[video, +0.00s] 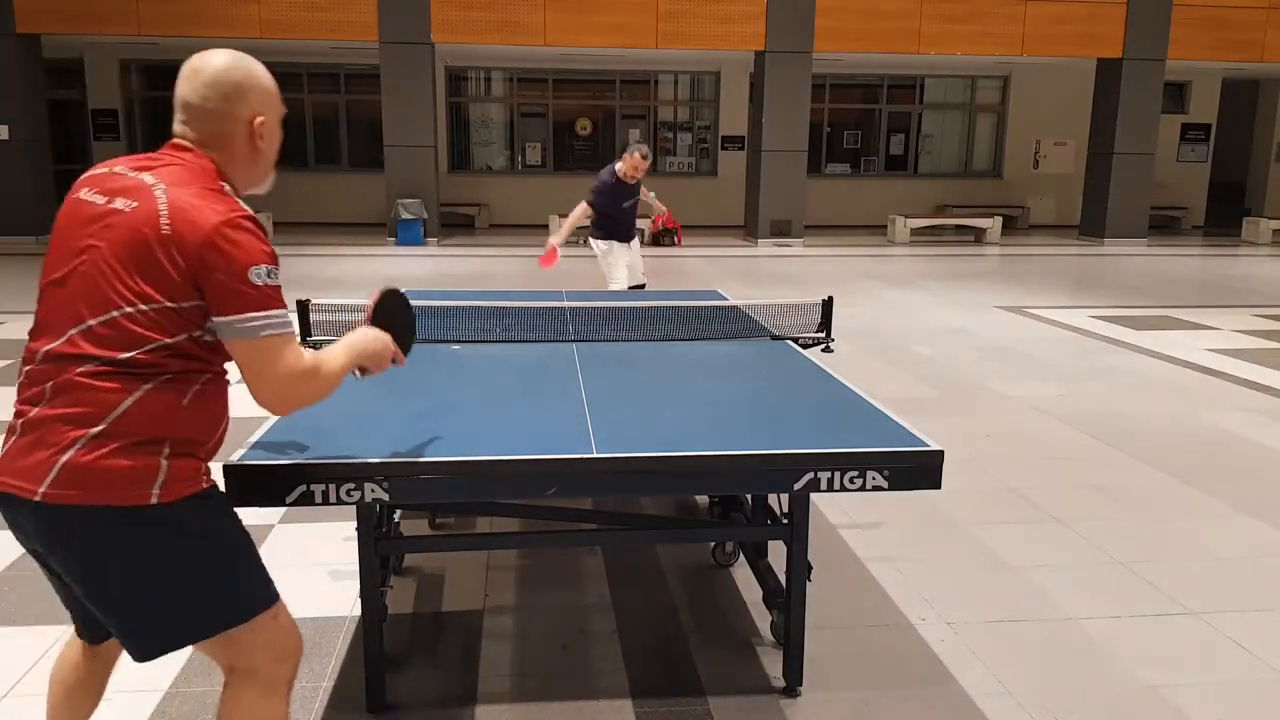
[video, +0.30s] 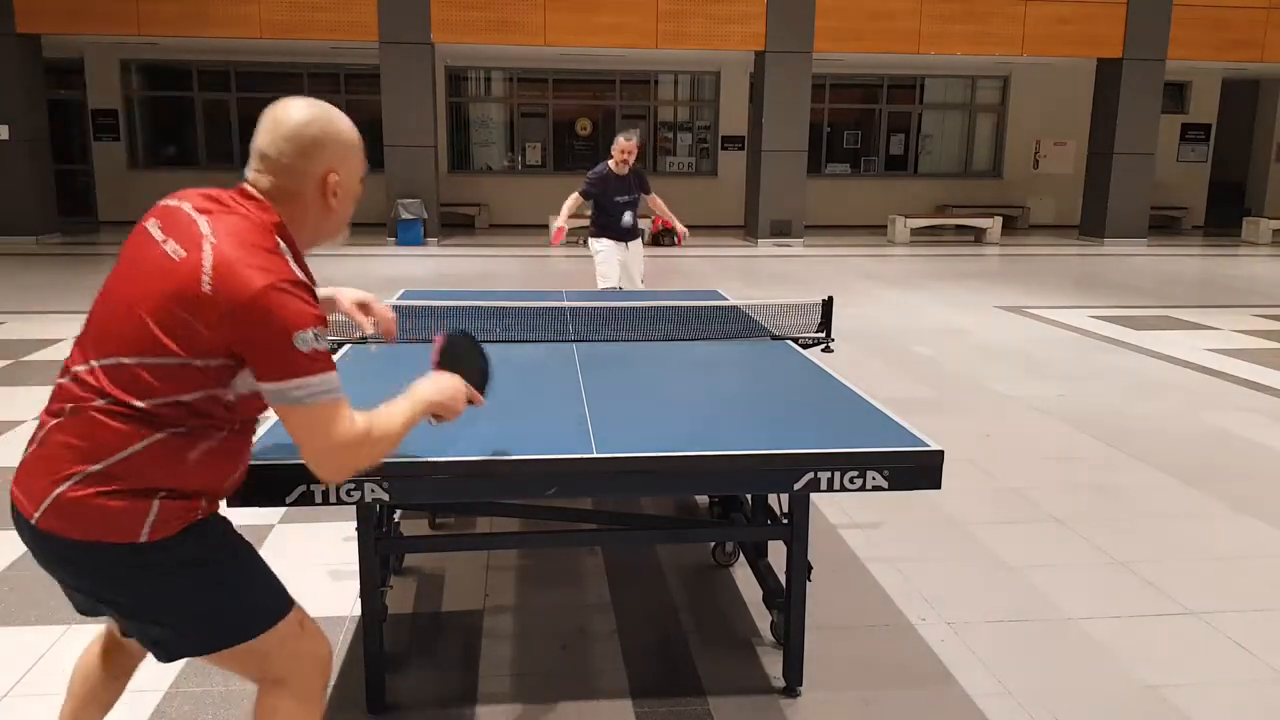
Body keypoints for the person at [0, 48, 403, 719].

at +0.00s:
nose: (280, 135)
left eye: (278, 121)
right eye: (278, 121)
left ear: (181, 119)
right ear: (256, 128)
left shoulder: (97, 181)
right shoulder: (221, 223)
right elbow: (283, 388)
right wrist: (354, 349)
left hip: (31, 476)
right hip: (134, 489)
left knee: (96, 633)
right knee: (266, 653)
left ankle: (59, 719)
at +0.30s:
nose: (358, 195)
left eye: (360, 179)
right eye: (359, 179)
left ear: (261, 163)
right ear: (330, 186)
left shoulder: (182, 208)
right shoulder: (268, 289)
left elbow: (212, 306)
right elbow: (336, 455)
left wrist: (320, 302)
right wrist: (424, 396)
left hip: (50, 491)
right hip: (130, 521)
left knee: (128, 628)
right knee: (299, 662)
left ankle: (74, 715)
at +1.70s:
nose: (256, 131)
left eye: (256, 115)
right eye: (255, 115)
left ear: (157, 115)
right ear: (233, 123)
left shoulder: (63, 195)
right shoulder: (193, 227)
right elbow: (290, 396)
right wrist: (356, 337)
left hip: (29, 503)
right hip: (135, 514)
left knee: (90, 634)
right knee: (294, 673)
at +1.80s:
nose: (293, 144)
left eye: (291, 126)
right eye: (291, 126)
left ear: (189, 122)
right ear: (270, 133)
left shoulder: (100, 195)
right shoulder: (226, 236)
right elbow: (292, 417)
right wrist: (369, 376)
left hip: (40, 503)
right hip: (146, 514)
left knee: (117, 627)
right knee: (300, 674)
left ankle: (60, 719)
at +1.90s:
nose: (310, 143)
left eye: (311, 127)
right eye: (310, 127)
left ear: (212, 117)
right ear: (289, 133)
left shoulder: (120, 185)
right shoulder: (236, 232)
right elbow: (291, 418)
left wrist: (273, 349)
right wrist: (372, 386)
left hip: (43, 490)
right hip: (143, 505)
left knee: (118, 648)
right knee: (292, 669)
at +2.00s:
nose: (328, 151)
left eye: (330, 134)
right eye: (328, 134)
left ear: (230, 122)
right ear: (304, 139)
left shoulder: (148, 180)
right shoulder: (234, 238)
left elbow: (172, 304)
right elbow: (301, 419)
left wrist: (282, 317)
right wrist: (388, 373)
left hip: (43, 478)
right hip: (126, 502)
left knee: (107, 652)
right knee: (270, 667)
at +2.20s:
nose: (364, 229)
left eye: (368, 214)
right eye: (366, 213)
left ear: (267, 180)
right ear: (339, 213)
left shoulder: (205, 224)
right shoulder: (239, 306)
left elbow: (238, 350)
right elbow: (268, 494)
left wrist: (337, 323)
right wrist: (393, 453)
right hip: (96, 521)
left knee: (129, 643)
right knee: (271, 674)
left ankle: (52, 714)